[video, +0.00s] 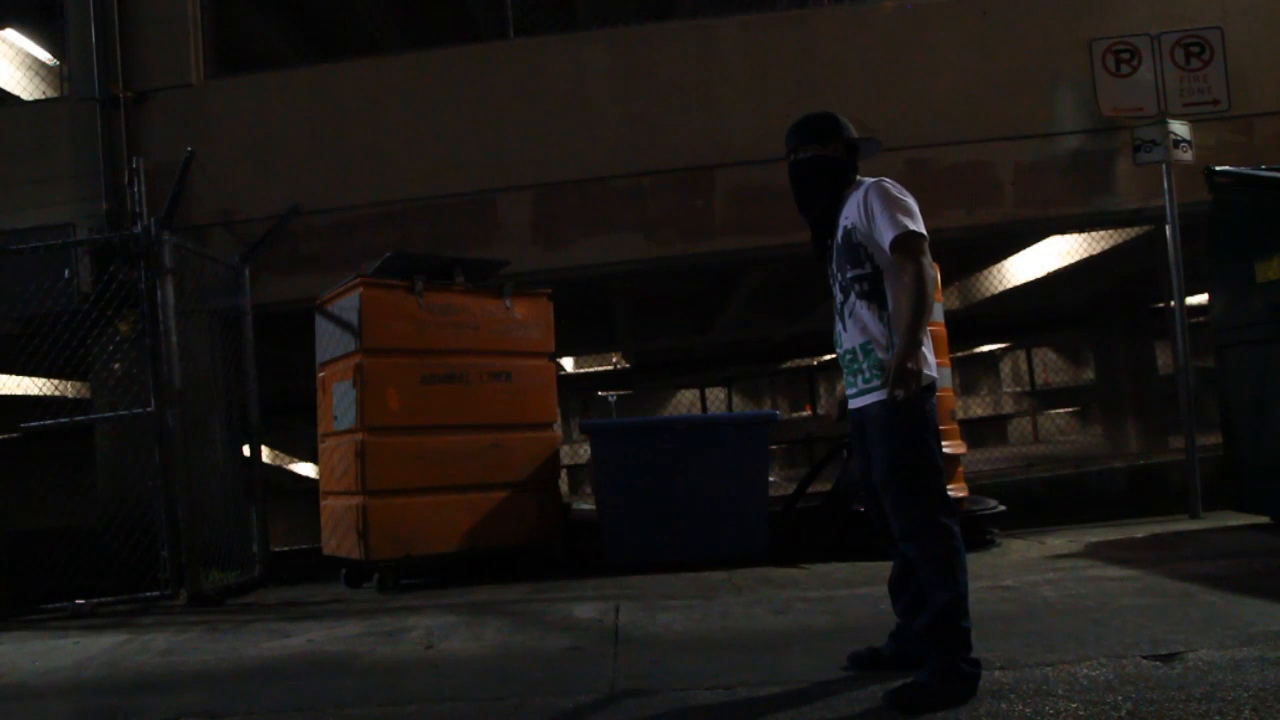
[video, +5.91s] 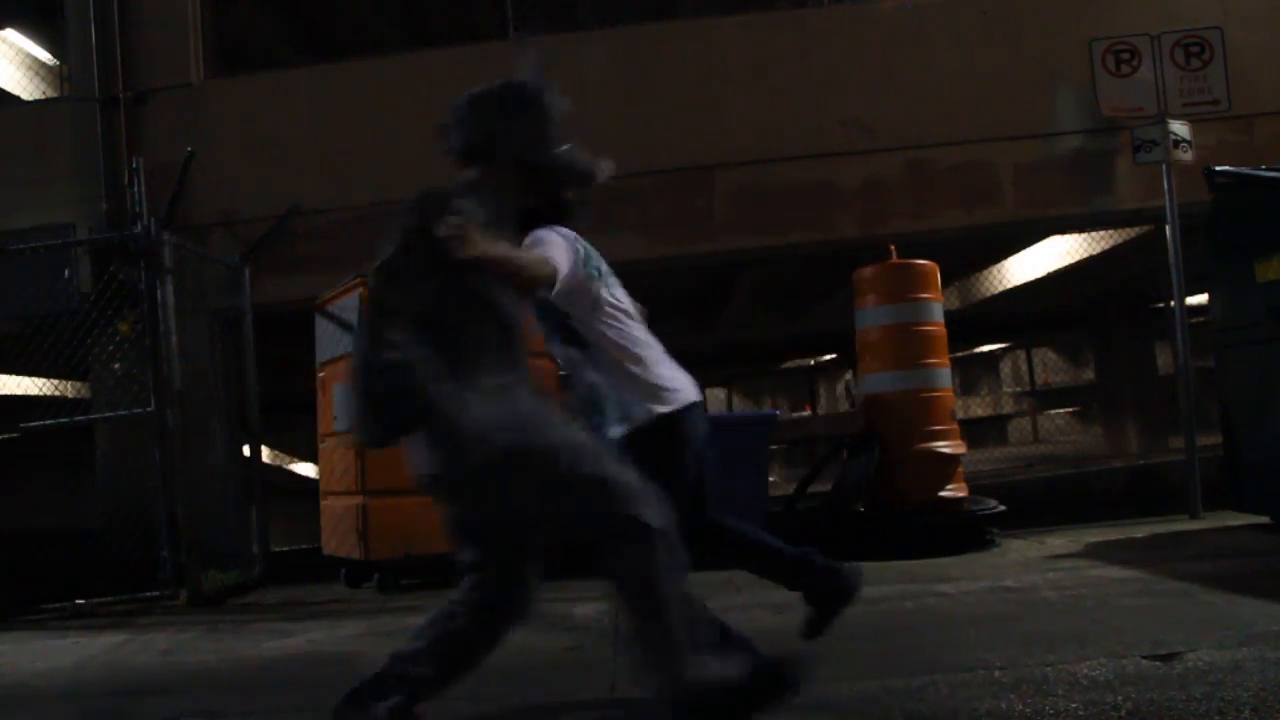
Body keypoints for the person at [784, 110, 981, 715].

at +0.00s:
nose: (800, 176)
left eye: (809, 162)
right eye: (795, 166)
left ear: (838, 158)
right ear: (800, 168)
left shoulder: (875, 194)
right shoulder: (843, 222)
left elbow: (916, 264)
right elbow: (862, 311)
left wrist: (907, 349)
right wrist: (853, 390)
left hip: (902, 393)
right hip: (873, 399)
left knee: (926, 522)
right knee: (900, 523)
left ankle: (952, 663)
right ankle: (914, 639)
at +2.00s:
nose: (777, 206)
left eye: (783, 191)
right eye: (772, 195)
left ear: (812, 181)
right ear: (790, 192)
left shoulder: (857, 207)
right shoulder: (828, 244)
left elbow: (916, 266)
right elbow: (866, 316)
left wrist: (910, 346)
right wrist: (864, 381)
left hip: (907, 392)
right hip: (878, 400)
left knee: (916, 520)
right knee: (898, 520)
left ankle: (946, 661)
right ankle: (914, 639)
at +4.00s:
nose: (781, 202)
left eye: (789, 187)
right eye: (776, 191)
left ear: (817, 180)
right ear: (783, 194)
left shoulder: (863, 212)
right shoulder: (826, 252)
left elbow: (921, 276)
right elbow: (853, 340)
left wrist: (919, 374)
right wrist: (856, 407)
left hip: (909, 394)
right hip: (876, 402)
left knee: (913, 520)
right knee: (895, 520)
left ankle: (945, 660)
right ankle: (912, 637)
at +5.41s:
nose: (712, 221)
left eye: (720, 207)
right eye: (708, 210)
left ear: (747, 202)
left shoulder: (794, 232)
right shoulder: (757, 272)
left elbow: (856, 287)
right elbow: (805, 345)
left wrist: (882, 377)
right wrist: (814, 408)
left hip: (871, 394)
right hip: (843, 402)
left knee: (846, 517)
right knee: (878, 514)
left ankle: (929, 634)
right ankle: (908, 635)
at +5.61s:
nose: (653, 241)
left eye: (660, 228)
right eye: (652, 229)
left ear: (684, 225)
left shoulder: (735, 255)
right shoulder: (700, 291)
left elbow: (801, 320)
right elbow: (748, 363)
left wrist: (858, 391)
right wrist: (756, 423)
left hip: (825, 415)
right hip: (797, 422)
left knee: (762, 530)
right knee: (846, 527)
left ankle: (841, 640)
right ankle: (918, 634)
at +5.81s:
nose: (555, 256)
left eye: (559, 245)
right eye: (556, 248)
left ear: (576, 240)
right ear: (609, 234)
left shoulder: (615, 269)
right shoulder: (622, 275)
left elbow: (573, 303)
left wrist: (497, 298)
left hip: (728, 429)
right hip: (737, 424)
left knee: (670, 557)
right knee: (770, 539)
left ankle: (741, 675)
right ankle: (888, 611)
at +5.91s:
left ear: (518, 202)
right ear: (556, 202)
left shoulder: (554, 240)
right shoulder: (574, 248)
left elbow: (536, 268)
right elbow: (628, 312)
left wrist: (479, 248)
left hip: (660, 413)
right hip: (660, 412)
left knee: (690, 532)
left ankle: (820, 579)